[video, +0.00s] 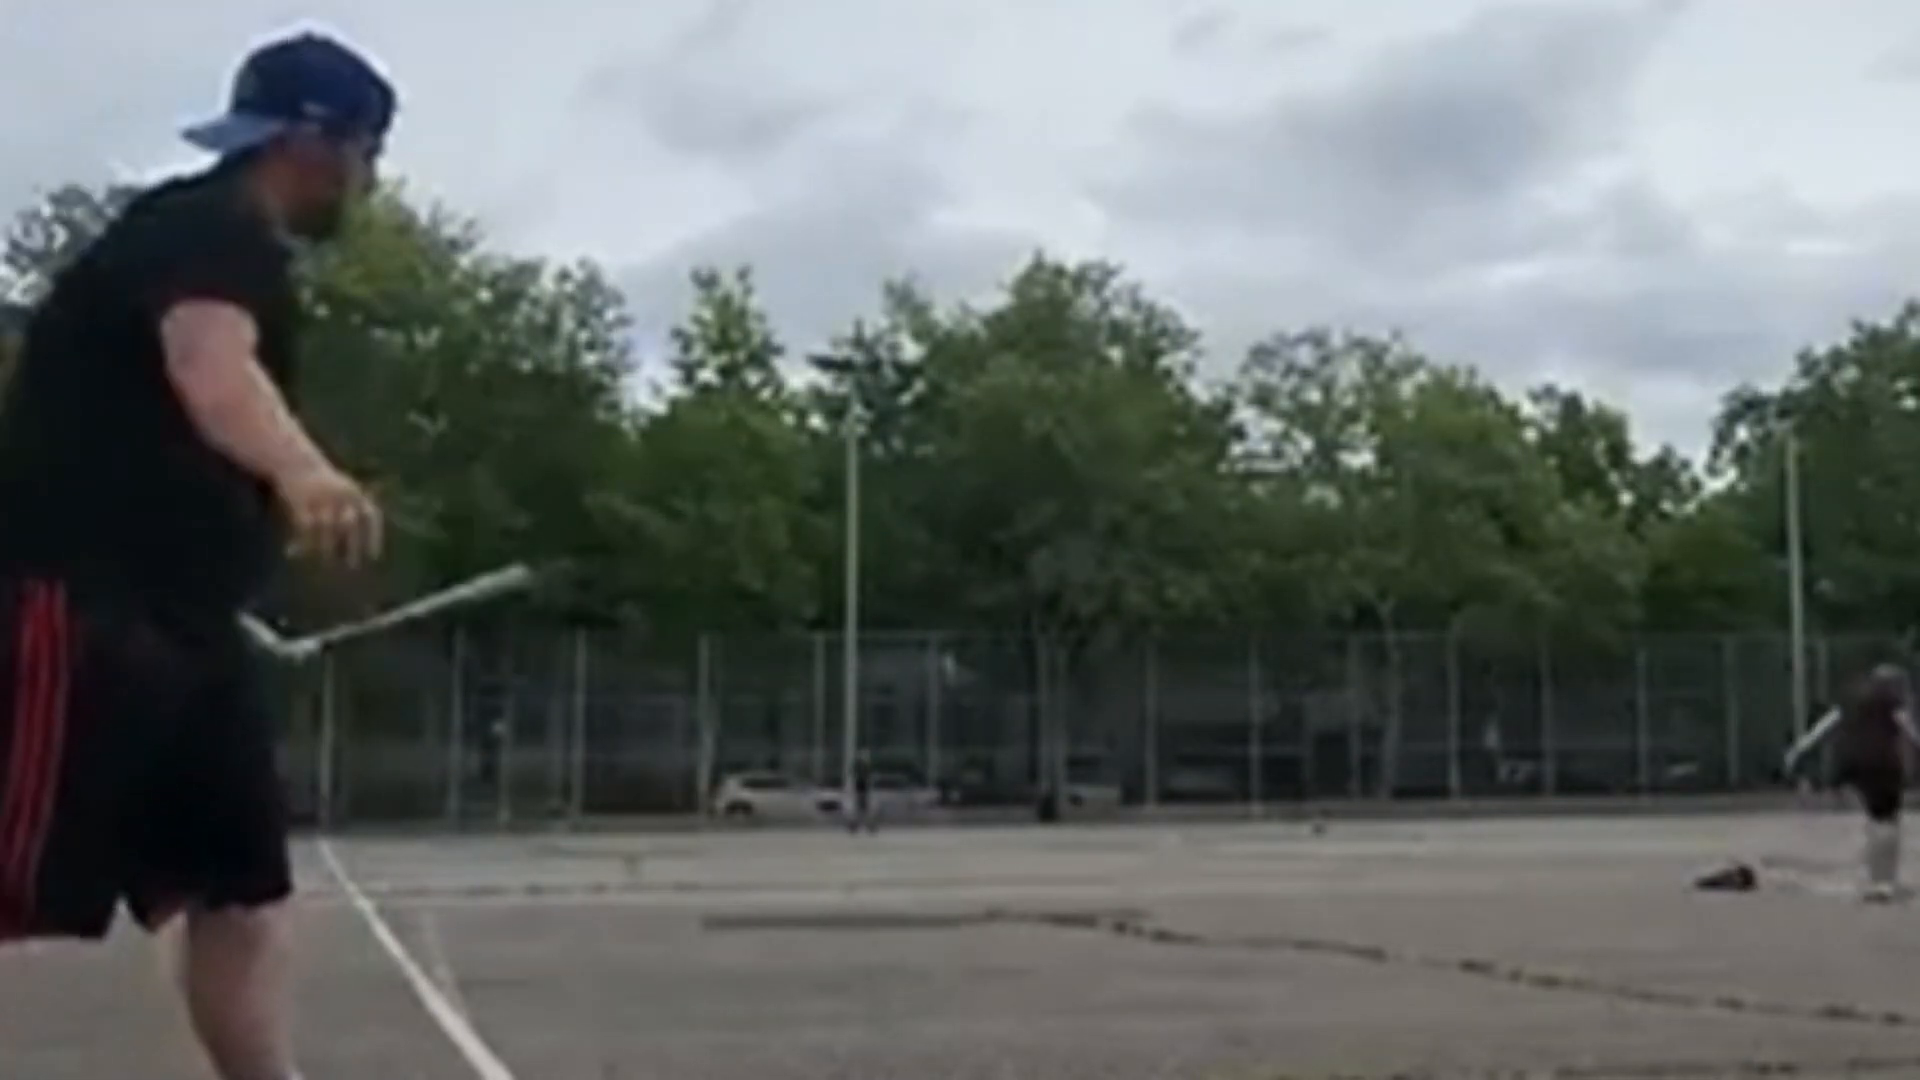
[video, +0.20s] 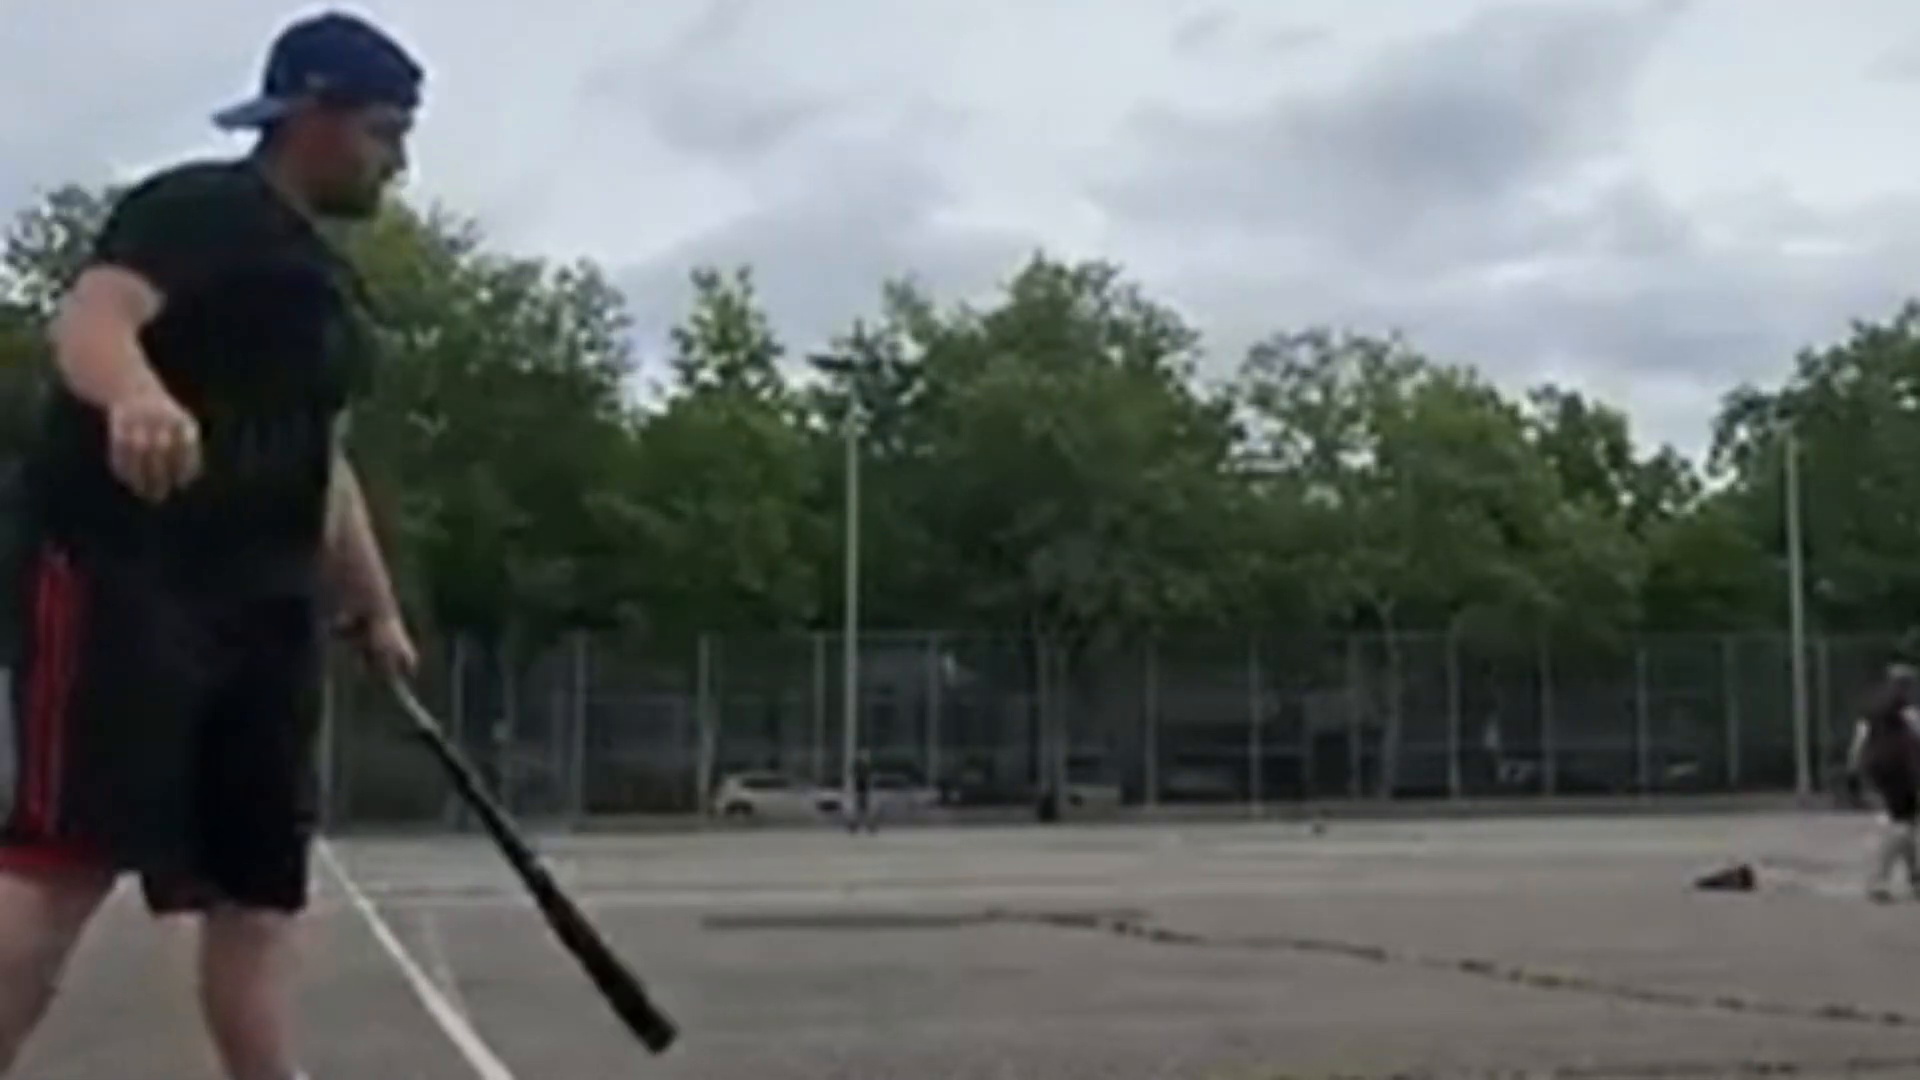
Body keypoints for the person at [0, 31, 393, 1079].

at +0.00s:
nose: (364, 181)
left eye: (367, 157)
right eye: (358, 153)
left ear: (270, 140)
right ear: (302, 142)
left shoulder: (197, 234)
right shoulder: (208, 227)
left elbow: (143, 439)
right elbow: (212, 370)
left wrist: (226, 588)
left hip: (174, 606)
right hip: (83, 596)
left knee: (234, 904)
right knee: (37, 902)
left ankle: (265, 1069)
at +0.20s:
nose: (398, 154)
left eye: (402, 133)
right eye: (384, 128)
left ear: (336, 122)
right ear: (308, 114)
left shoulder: (319, 275)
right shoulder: (197, 203)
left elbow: (314, 455)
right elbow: (89, 320)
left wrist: (373, 602)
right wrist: (135, 392)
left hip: (257, 597)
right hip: (115, 578)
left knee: (254, 901)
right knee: (58, 869)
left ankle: (267, 1067)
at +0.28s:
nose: (390, 145)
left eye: (394, 124)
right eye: (374, 119)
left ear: (338, 117)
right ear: (299, 108)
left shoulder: (337, 272)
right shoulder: (193, 204)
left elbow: (337, 455)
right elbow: (64, 329)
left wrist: (393, 603)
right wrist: (124, 423)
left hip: (275, 613)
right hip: (131, 591)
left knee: (260, 904)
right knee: (64, 880)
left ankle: (272, 1067)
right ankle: (16, 1058)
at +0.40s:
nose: (356, 125)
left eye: (361, 104)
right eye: (336, 102)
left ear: (342, 110)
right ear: (255, 96)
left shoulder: (328, 256)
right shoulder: (159, 205)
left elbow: (342, 433)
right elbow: (36, 352)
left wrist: (436, 551)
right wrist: (118, 492)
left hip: (282, 615)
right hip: (130, 601)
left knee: (263, 903)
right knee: (71, 894)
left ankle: (271, 1067)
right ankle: (20, 1061)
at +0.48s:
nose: (331, 121)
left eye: (336, 99)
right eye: (313, 97)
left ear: (316, 101)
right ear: (229, 89)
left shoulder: (315, 253)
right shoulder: (127, 207)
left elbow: (334, 422)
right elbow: (25, 360)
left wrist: (448, 530)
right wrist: (122, 517)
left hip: (275, 613)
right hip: (126, 604)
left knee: (254, 908)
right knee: (69, 906)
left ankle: (273, 1073)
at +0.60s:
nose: (290, 98)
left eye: (297, 74)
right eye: (265, 73)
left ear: (300, 79)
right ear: (181, 73)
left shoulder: (282, 241)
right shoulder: (85, 197)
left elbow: (303, 413)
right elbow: (10, 361)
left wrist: (450, 471)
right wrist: (115, 522)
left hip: (258, 617)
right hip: (94, 614)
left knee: (262, 904)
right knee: (50, 918)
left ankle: (270, 1067)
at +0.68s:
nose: (300, 37)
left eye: (300, 19)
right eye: (286, 10)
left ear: (218, 24)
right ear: (216, 12)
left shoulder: (285, 157)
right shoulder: (53, 111)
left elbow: (405, 49)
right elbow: (26, 12)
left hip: (235, 572)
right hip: (52, 564)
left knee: (304, 895)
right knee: (7, 892)